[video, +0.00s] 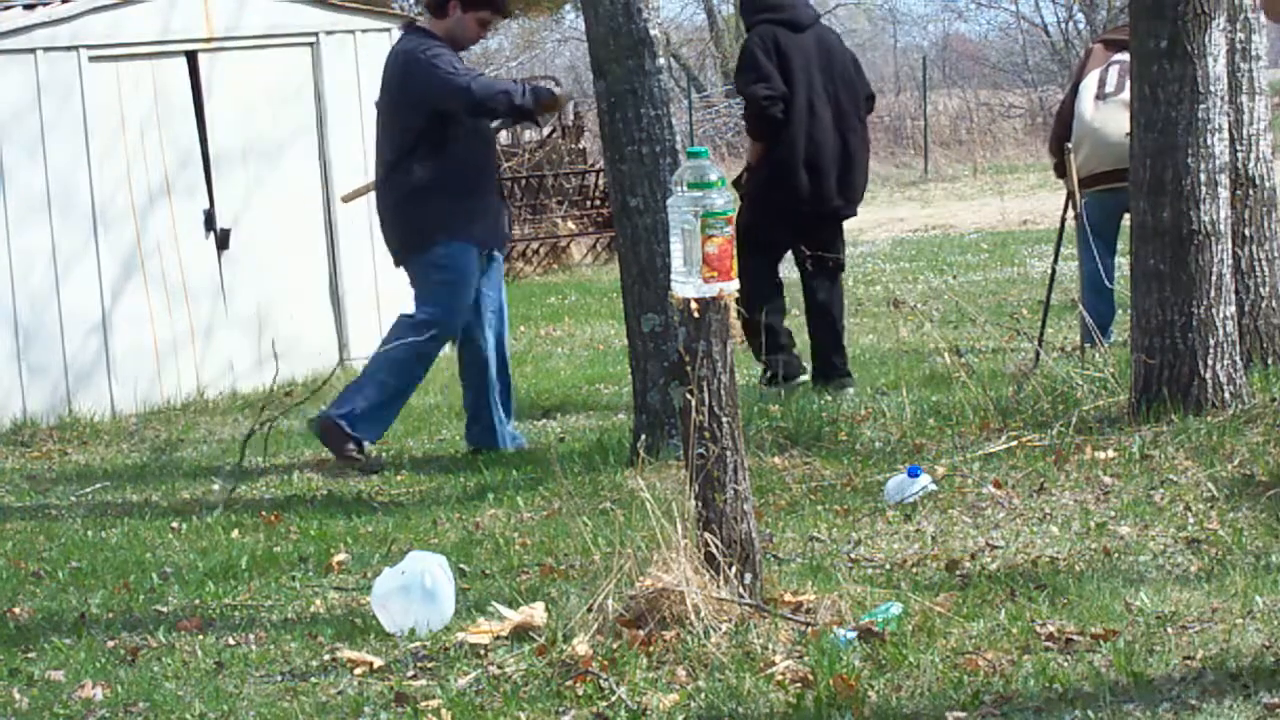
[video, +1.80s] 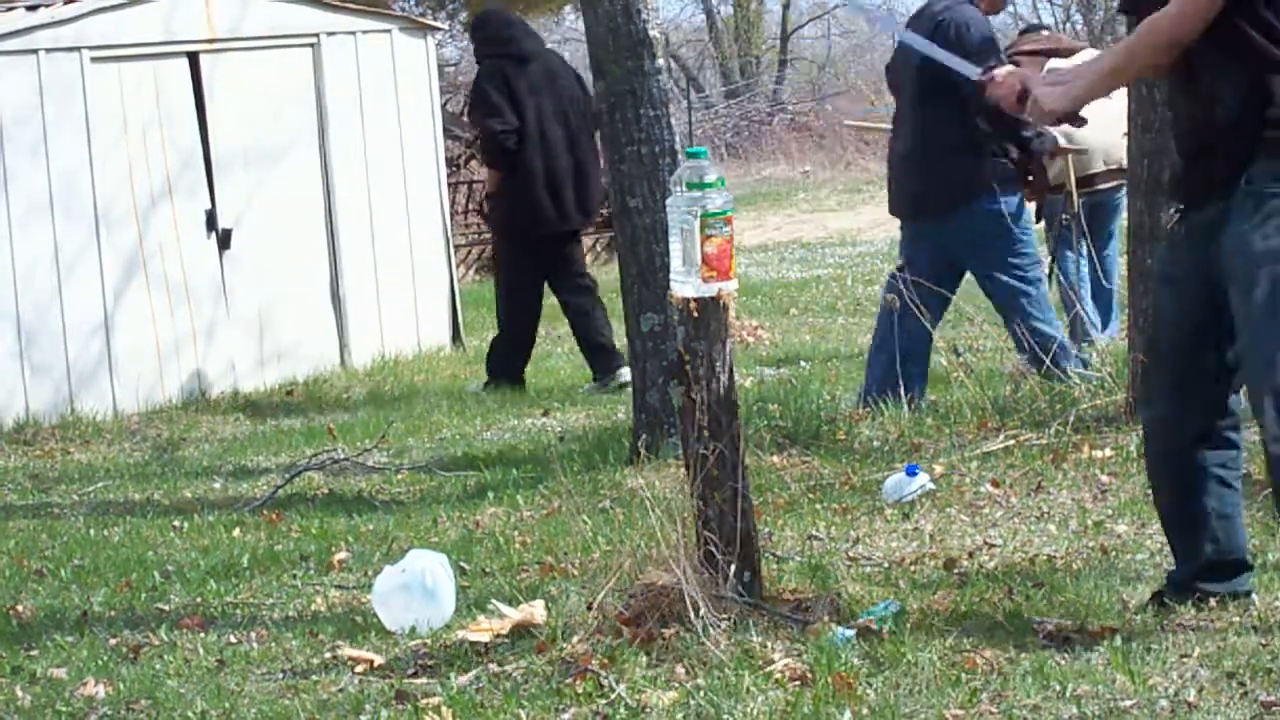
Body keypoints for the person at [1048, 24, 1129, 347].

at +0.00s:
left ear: (1120, 24)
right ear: (1153, 23)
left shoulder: (1096, 51)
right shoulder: (1166, 49)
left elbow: (1068, 110)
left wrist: (1061, 162)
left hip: (1099, 169)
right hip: (1153, 171)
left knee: (1096, 257)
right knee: (1158, 258)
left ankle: (1095, 343)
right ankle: (1163, 342)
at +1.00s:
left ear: (1075, 32)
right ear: (1114, 32)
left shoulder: (1056, 61)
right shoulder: (1133, 56)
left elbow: (1037, 121)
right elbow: (1158, 110)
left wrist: (1048, 176)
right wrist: (1158, 160)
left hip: (1086, 177)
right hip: (1140, 171)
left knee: (1088, 258)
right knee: (1155, 251)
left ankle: (1090, 339)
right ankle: (1163, 333)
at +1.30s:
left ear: (1037, 35)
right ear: (1073, 30)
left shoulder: (1026, 62)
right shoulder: (1108, 51)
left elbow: (1018, 129)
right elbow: (1140, 101)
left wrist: (1036, 183)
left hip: (1072, 177)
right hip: (1126, 166)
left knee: (1079, 264)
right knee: (1148, 250)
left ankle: (1088, 342)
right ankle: (1169, 328)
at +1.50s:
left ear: (1021, 38)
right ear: (1058, 30)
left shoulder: (1016, 65)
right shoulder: (1093, 50)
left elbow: (1014, 132)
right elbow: (1130, 96)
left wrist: (1025, 181)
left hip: (1064, 177)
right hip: (1120, 163)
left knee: (1075, 255)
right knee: (1122, 216)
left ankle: (1087, 341)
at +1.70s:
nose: (1017, 13)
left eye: (1018, 8)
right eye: (1020, 6)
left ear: (1025, 15)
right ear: (1054, 11)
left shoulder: (1016, 58)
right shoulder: (1096, 37)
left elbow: (1010, 126)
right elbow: (1125, 95)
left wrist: (1024, 180)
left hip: (1059, 171)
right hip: (1114, 159)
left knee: (1072, 251)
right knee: (1110, 236)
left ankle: (1086, 333)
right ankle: (1114, 315)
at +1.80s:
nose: (1017, 75)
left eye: (1018, 66)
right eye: (1015, 67)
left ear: (1028, 57)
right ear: (1056, 44)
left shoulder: (1026, 79)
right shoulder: (1099, 60)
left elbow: (1024, 133)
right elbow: (1126, 117)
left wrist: (1032, 179)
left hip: (1064, 170)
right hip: (1115, 162)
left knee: (1068, 249)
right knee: (1105, 245)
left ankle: (1085, 331)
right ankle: (1107, 325)